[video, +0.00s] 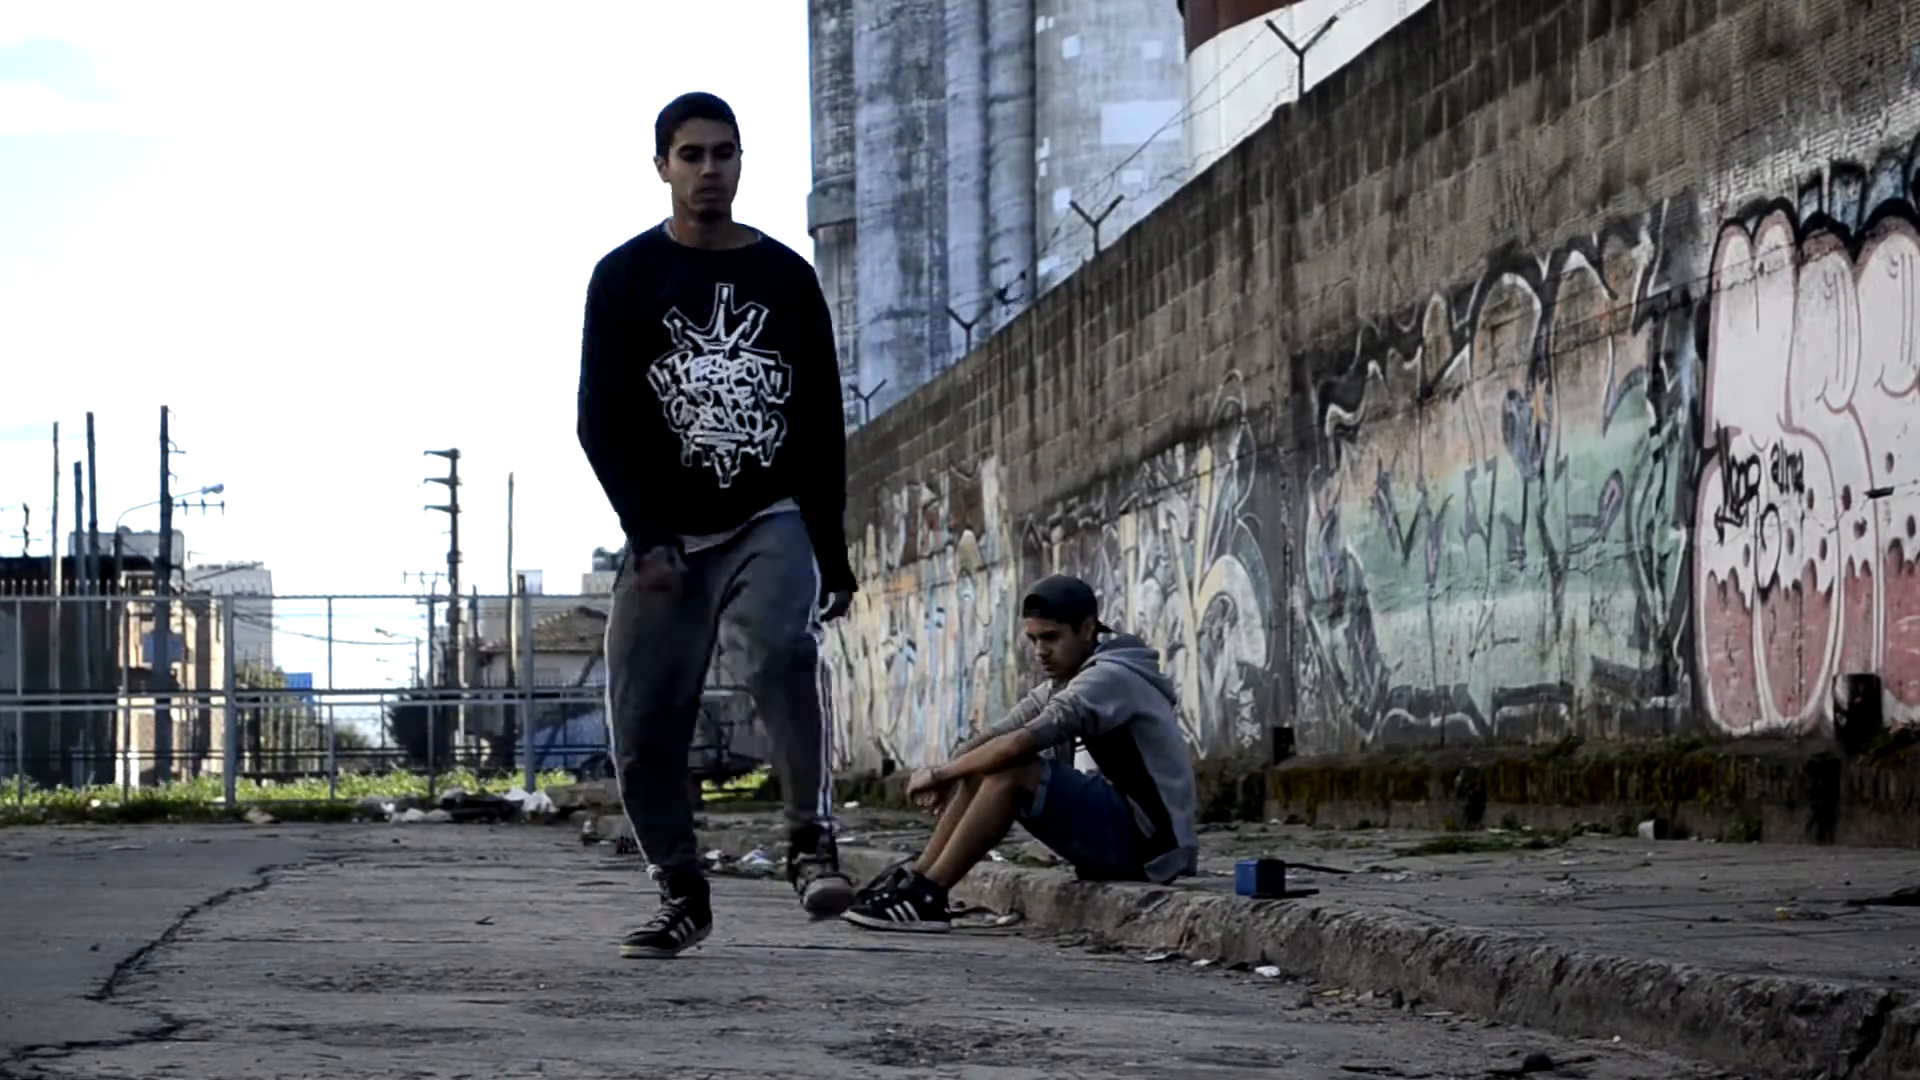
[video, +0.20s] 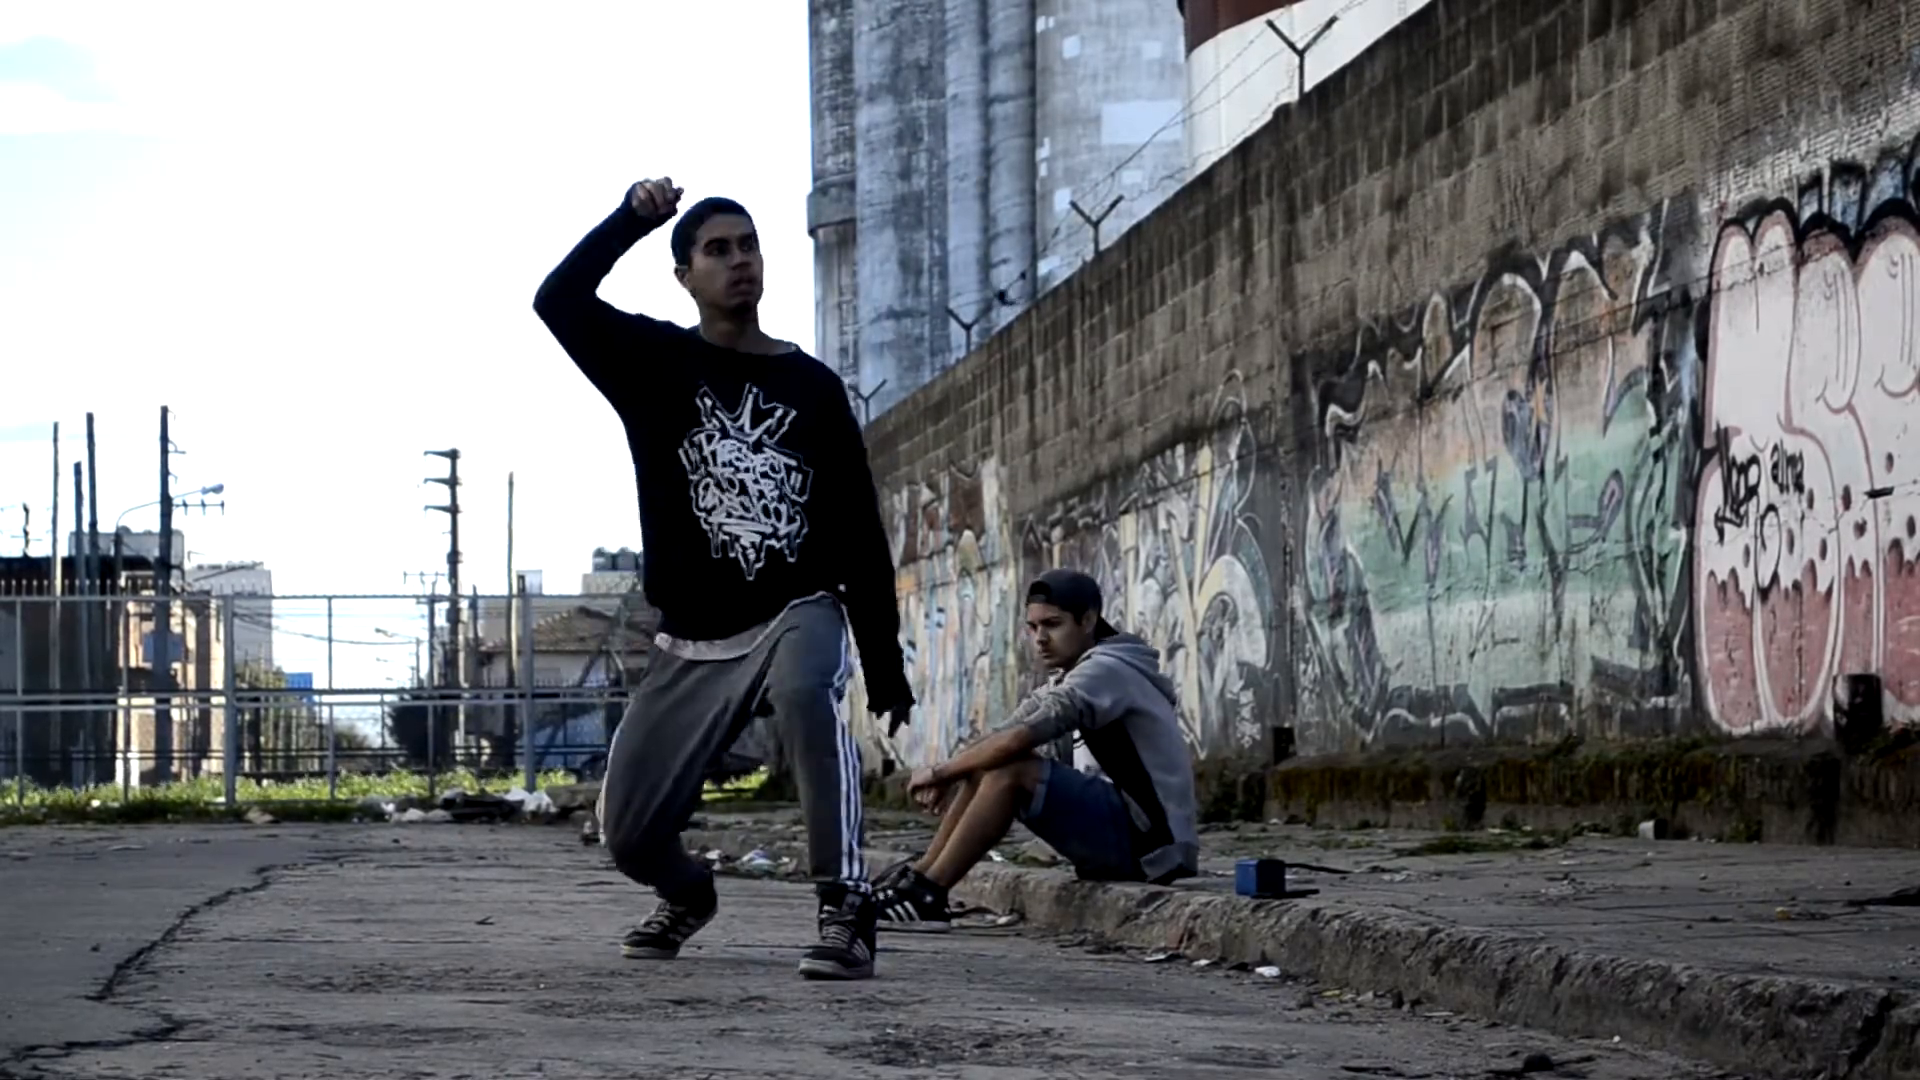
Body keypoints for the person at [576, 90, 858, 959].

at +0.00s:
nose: (709, 170)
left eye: (723, 154)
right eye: (691, 155)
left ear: (741, 164)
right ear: (663, 167)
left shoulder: (788, 275)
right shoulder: (623, 276)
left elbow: (821, 415)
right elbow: (599, 414)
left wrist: (830, 544)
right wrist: (641, 531)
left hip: (771, 512)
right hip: (663, 529)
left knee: (786, 651)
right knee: (639, 728)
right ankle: (683, 897)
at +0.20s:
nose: (740, 261)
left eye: (748, 247)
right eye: (719, 251)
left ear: (762, 262)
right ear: (684, 276)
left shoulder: (813, 386)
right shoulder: (649, 361)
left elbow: (858, 531)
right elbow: (558, 300)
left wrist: (885, 660)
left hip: (797, 609)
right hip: (691, 633)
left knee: (805, 697)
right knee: (627, 834)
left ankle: (844, 912)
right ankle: (690, 893)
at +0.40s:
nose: (766, 291)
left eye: (770, 277)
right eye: (744, 279)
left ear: (777, 292)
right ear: (699, 304)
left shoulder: (835, 389)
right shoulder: (660, 388)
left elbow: (962, 413)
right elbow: (570, 323)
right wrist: (636, 243)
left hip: (794, 634)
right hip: (689, 661)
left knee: (800, 700)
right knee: (616, 858)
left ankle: (843, 911)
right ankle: (688, 887)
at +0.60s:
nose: (753, 266)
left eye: (757, 252)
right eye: (731, 254)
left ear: (765, 267)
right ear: (687, 276)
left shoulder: (821, 359)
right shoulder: (648, 364)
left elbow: (945, 372)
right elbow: (547, 320)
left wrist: (882, 259)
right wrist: (619, 229)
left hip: (790, 604)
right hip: (685, 628)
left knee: (791, 698)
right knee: (631, 834)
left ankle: (838, 907)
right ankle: (685, 888)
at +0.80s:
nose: (727, 146)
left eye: (733, 133)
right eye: (708, 133)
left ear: (743, 145)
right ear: (666, 148)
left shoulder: (789, 258)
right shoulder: (620, 258)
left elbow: (818, 386)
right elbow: (553, 373)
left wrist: (827, 498)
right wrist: (585, 439)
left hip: (769, 511)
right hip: (659, 513)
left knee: (771, 682)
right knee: (643, 711)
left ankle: (756, 861)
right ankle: (654, 878)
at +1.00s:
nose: (700, 172)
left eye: (711, 157)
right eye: (682, 158)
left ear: (724, 170)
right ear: (647, 170)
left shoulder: (766, 278)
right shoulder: (606, 283)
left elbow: (809, 407)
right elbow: (562, 416)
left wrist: (845, 515)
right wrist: (595, 513)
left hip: (746, 546)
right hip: (638, 549)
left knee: (785, 700)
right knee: (632, 723)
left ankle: (727, 865)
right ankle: (631, 891)